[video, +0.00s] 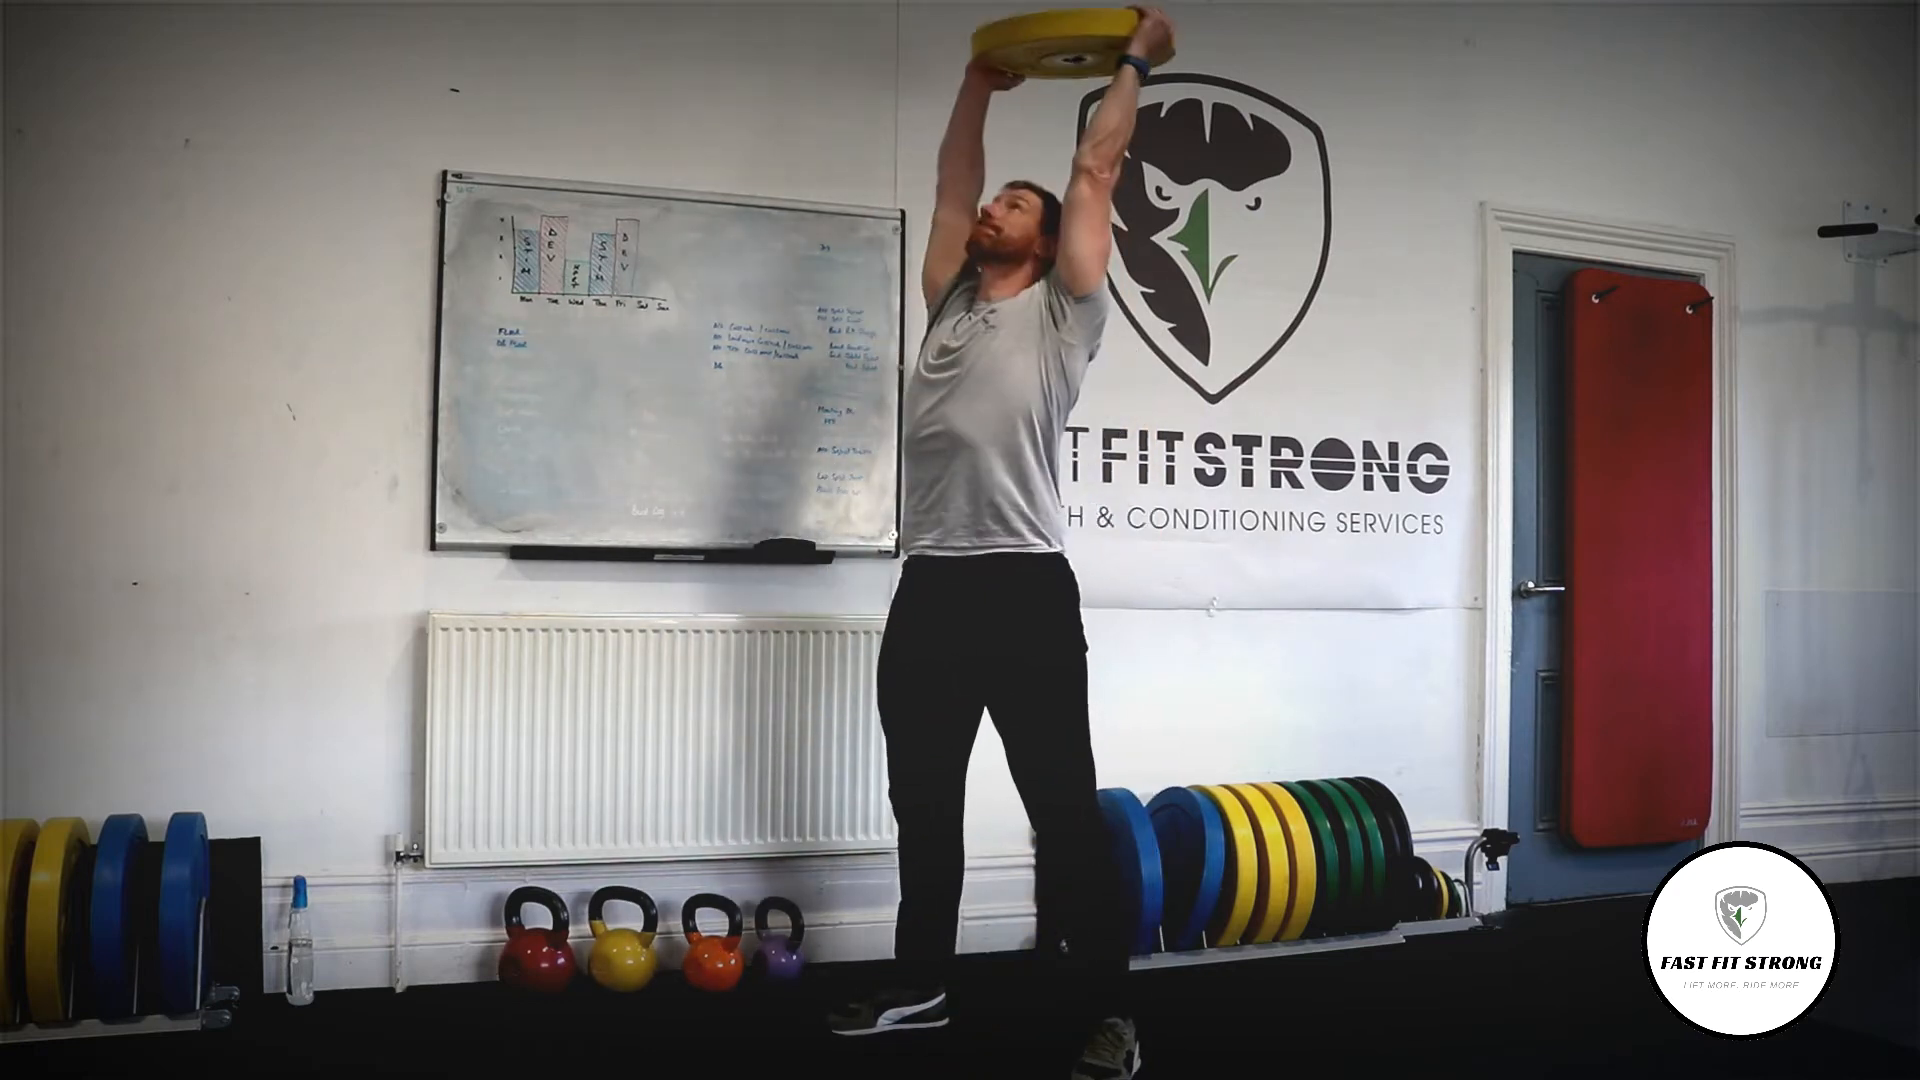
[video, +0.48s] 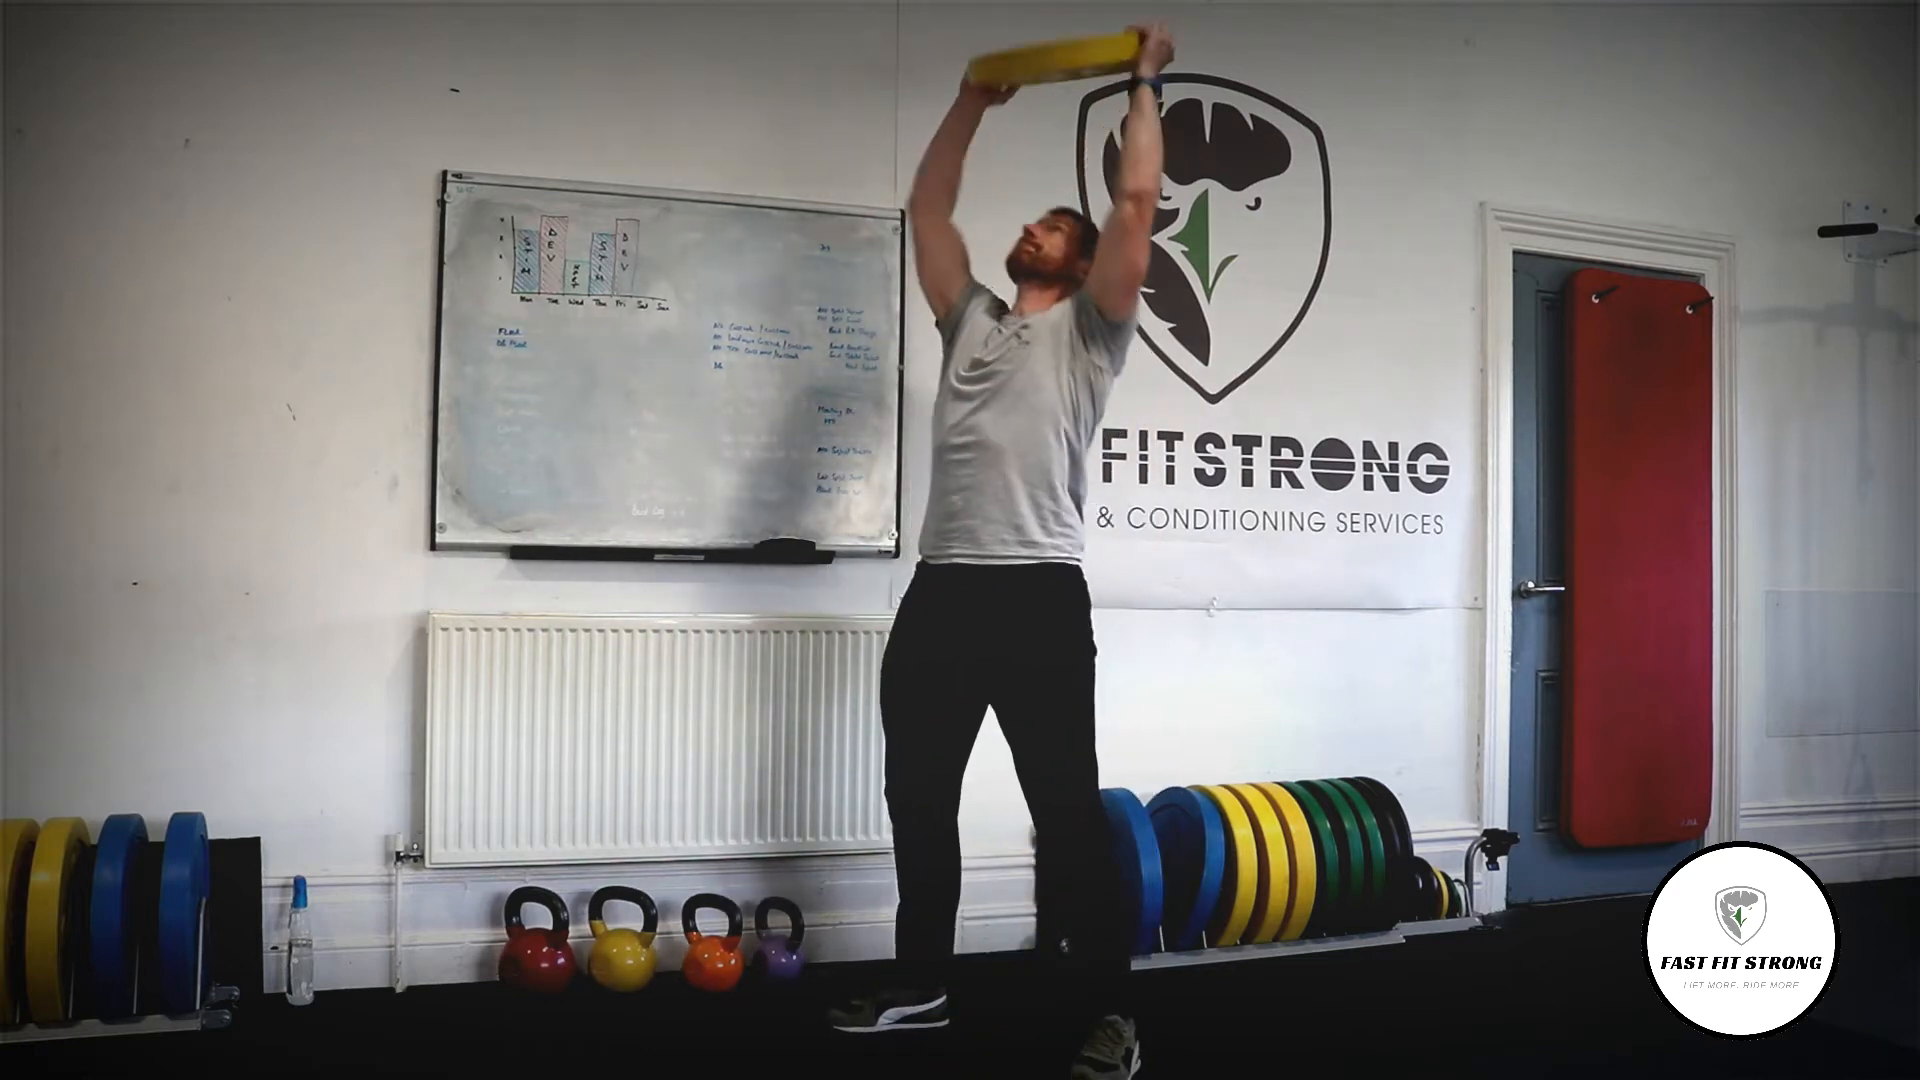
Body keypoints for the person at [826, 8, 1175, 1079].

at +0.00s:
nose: (1000, 205)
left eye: (1019, 201)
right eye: (992, 200)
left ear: (1049, 239)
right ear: (975, 229)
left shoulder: (1065, 311)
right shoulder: (948, 307)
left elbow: (1099, 170)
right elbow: (957, 186)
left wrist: (1136, 59)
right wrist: (979, 79)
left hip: (1026, 593)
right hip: (926, 593)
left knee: (1062, 810)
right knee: (923, 808)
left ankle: (1097, 1014)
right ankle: (922, 993)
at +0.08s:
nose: (1000, 206)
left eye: (1019, 202)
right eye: (991, 201)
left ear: (1049, 240)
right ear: (973, 231)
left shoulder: (1064, 312)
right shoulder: (946, 309)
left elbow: (1103, 174)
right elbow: (961, 189)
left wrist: (1144, 65)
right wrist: (984, 80)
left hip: (1027, 592)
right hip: (927, 593)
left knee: (1060, 806)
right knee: (925, 808)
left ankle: (1100, 1009)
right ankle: (922, 993)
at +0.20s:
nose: (1006, 208)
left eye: (1025, 204)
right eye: (997, 202)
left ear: (1054, 242)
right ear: (979, 233)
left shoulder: (1068, 312)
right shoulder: (951, 308)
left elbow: (1106, 173)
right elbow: (964, 186)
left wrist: (1150, 67)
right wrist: (987, 78)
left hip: (1027, 592)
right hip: (928, 592)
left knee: (1061, 806)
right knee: (922, 806)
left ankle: (1100, 1013)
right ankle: (922, 992)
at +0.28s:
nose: (1017, 211)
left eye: (1035, 207)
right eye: (1007, 206)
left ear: (1062, 243)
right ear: (990, 235)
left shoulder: (1076, 312)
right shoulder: (957, 302)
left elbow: (1110, 171)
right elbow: (964, 179)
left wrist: (1149, 65)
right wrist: (987, 79)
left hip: (1029, 594)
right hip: (929, 593)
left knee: (1062, 807)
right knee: (921, 807)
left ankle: (1099, 1013)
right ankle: (922, 991)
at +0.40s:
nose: (1033, 219)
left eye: (1053, 218)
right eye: (1028, 215)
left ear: (1076, 254)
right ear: (1007, 245)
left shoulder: (1088, 319)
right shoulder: (962, 306)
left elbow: (1122, 181)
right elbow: (950, 196)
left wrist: (1147, 65)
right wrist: (980, 86)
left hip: (1036, 597)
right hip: (934, 593)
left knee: (1064, 811)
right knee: (918, 805)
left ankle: (1103, 1013)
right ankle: (921, 992)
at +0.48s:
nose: (1039, 227)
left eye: (1059, 227)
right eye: (1037, 221)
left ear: (1084, 262)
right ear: (1018, 246)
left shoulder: (1093, 329)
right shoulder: (968, 315)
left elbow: (1136, 200)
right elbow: (929, 210)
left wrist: (1145, 79)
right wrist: (973, 100)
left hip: (1040, 599)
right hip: (939, 596)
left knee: (1066, 811)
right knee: (918, 804)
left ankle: (1103, 1014)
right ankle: (922, 990)